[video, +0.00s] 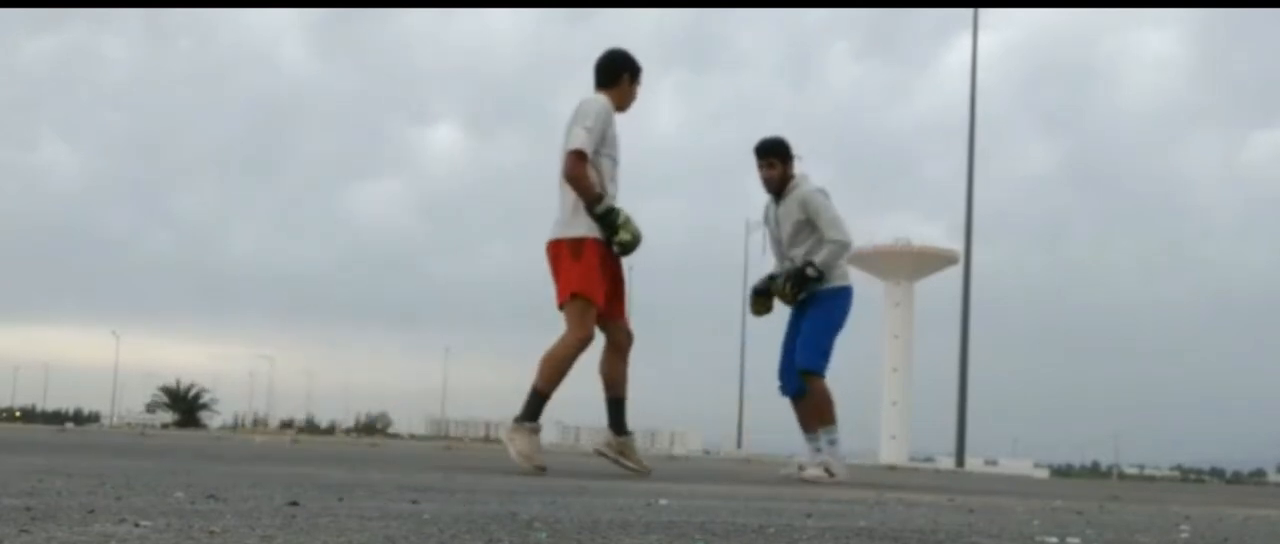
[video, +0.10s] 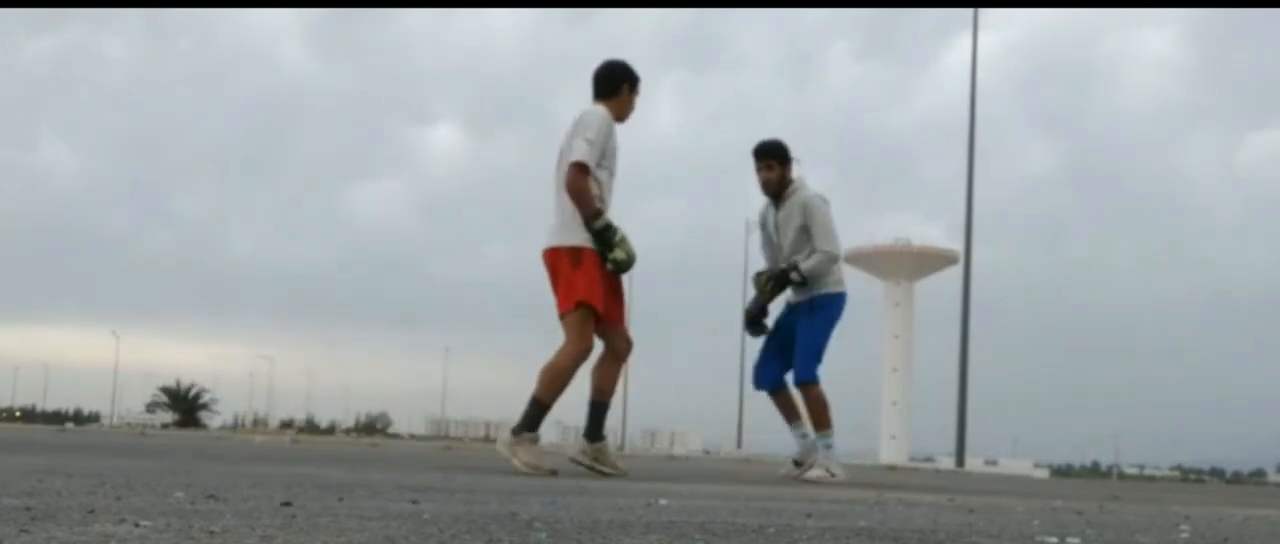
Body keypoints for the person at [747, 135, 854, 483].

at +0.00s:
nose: (765, 174)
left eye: (771, 166)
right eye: (761, 168)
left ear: (788, 166)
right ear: (759, 171)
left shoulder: (810, 196)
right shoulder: (772, 211)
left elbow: (839, 240)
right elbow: (786, 260)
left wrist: (810, 271)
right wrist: (770, 283)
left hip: (830, 292)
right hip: (803, 298)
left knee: (808, 369)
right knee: (791, 376)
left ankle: (833, 457)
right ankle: (816, 456)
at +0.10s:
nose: (762, 178)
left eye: (768, 170)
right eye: (759, 171)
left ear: (786, 169)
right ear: (757, 173)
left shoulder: (811, 202)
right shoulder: (767, 214)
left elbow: (829, 252)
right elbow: (775, 268)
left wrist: (792, 274)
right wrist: (758, 305)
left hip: (825, 296)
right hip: (797, 300)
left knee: (804, 373)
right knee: (768, 374)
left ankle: (829, 458)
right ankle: (806, 447)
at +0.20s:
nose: (755, 180)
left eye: (761, 172)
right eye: (752, 173)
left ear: (779, 172)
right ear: (750, 175)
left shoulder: (806, 206)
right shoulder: (757, 219)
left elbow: (812, 260)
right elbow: (770, 266)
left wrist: (774, 289)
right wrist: (760, 294)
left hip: (814, 298)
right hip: (784, 302)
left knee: (804, 373)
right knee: (748, 368)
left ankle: (830, 458)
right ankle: (782, 440)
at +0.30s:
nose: (742, 182)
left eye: (748, 175)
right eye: (738, 175)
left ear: (764, 175)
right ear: (736, 178)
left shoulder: (788, 209)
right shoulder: (747, 216)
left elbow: (784, 266)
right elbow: (755, 261)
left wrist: (762, 301)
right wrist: (749, 280)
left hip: (804, 299)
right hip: (773, 301)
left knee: (800, 375)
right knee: (742, 371)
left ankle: (828, 459)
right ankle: (741, 449)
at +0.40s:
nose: (722, 191)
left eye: (729, 184)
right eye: (720, 184)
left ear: (744, 186)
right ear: (718, 186)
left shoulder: (760, 217)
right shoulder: (736, 219)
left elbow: (768, 272)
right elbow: (741, 255)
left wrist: (755, 318)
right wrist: (735, 266)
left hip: (790, 303)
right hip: (767, 306)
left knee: (793, 378)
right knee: (729, 378)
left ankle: (826, 460)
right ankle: (719, 453)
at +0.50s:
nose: (701, 197)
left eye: (707, 190)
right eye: (699, 190)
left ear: (722, 190)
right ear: (700, 191)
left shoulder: (742, 221)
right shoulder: (717, 223)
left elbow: (767, 272)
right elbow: (718, 266)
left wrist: (754, 315)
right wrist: (713, 267)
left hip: (770, 307)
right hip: (743, 307)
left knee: (784, 379)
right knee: (708, 378)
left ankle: (819, 457)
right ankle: (713, 452)